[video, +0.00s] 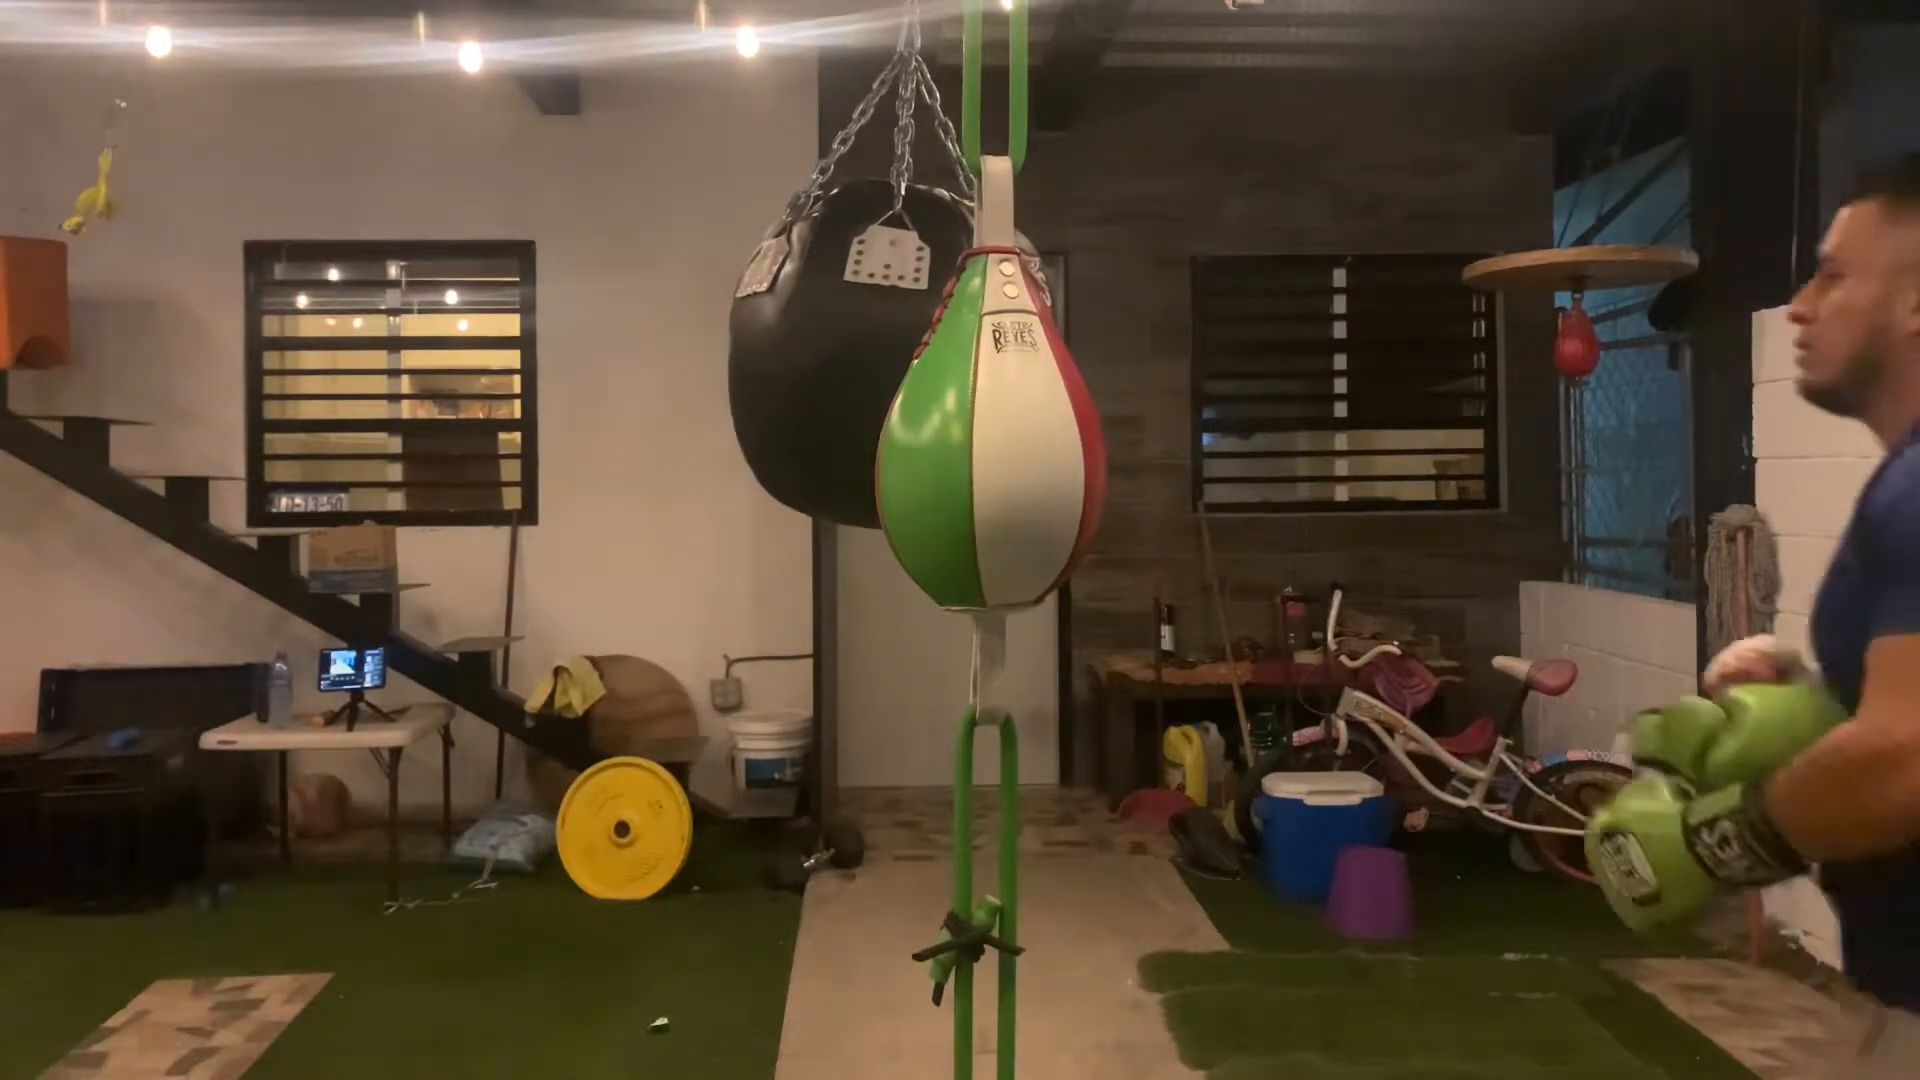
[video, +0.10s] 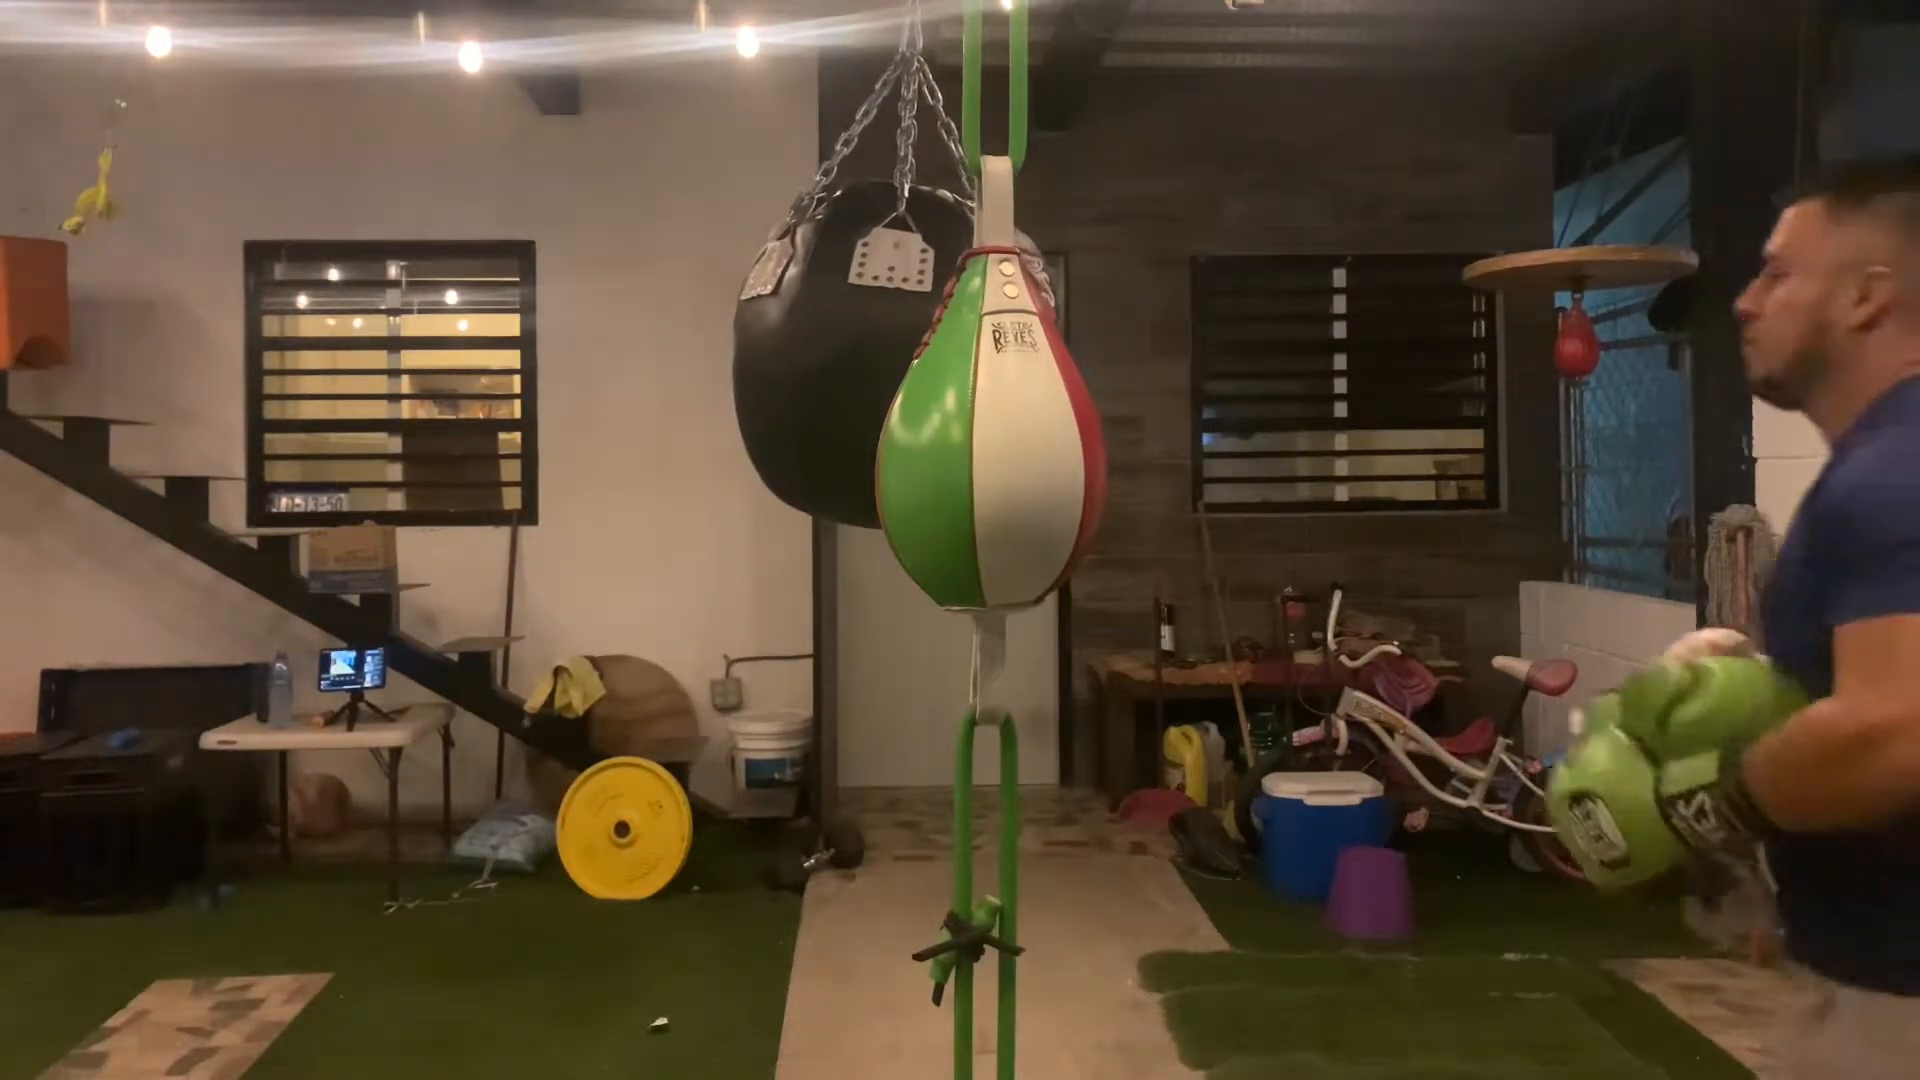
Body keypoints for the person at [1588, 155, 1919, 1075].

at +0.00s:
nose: (1795, 307)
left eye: (1831, 276)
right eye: (1811, 276)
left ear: (1913, 306)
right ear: (1907, 306)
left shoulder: (1908, 489)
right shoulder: (1896, 482)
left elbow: (1898, 760)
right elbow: (1888, 701)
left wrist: (1720, 847)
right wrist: (1796, 687)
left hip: (1912, 1002)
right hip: (1892, 983)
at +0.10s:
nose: (1743, 301)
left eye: (1774, 274)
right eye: (1757, 275)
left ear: (1872, 299)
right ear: (1869, 301)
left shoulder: (1883, 477)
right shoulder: (1872, 463)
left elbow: (1887, 738)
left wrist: (1712, 795)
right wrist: (1751, 662)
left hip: (1884, 993)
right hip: (1861, 970)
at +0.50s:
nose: (1539, 302)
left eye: (1575, 274)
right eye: (1545, 276)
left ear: (1672, 295)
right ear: (1662, 299)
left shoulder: (1752, 448)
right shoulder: (1647, 454)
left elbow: (1757, 703)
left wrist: (1519, 689)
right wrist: (1522, 650)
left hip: (1746, 931)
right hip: (1683, 919)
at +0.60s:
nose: (1496, 308)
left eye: (1531, 280)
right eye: (1499, 283)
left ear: (1631, 299)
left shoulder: (1706, 457)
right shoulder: (1595, 470)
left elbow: (1685, 711)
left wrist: (1456, 677)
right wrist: (1467, 642)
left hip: (1696, 945)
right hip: (1622, 928)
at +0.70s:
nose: (1459, 310)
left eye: (1496, 282)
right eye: (1465, 284)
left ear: (1595, 301)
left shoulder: (1666, 459)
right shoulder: (1565, 464)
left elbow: (1608, 714)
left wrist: (1396, 659)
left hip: (1641, 944)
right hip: (1571, 924)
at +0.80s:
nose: (1407, 295)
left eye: (1445, 268)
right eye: (1412, 270)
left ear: (1541, 288)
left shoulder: (1595, 445)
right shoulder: (1494, 454)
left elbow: (1501, 695)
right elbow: (1473, 652)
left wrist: (1313, 619)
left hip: (1570, 926)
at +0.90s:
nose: (1365, 281)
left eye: (1402, 257)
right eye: (1370, 257)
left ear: (1498, 280)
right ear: (1493, 286)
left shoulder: (1538, 431)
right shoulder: (1457, 443)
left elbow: (1429, 668)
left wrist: (1253, 583)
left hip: (1519, 924)